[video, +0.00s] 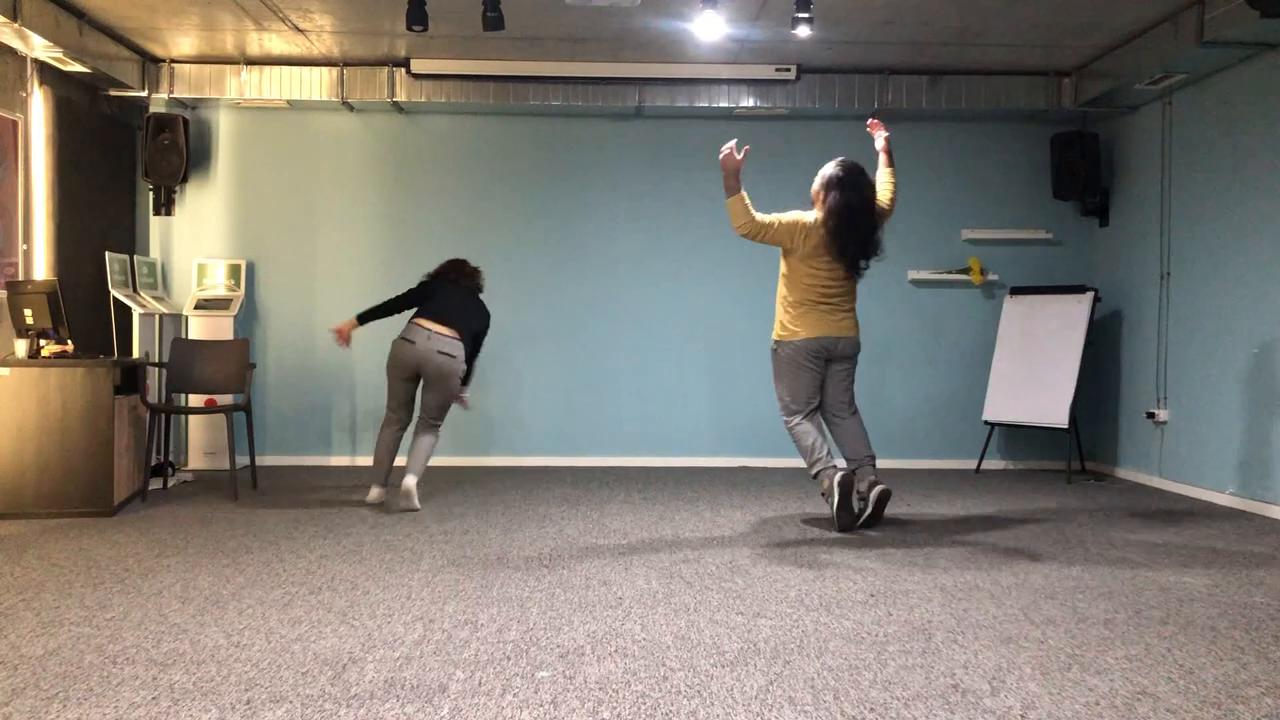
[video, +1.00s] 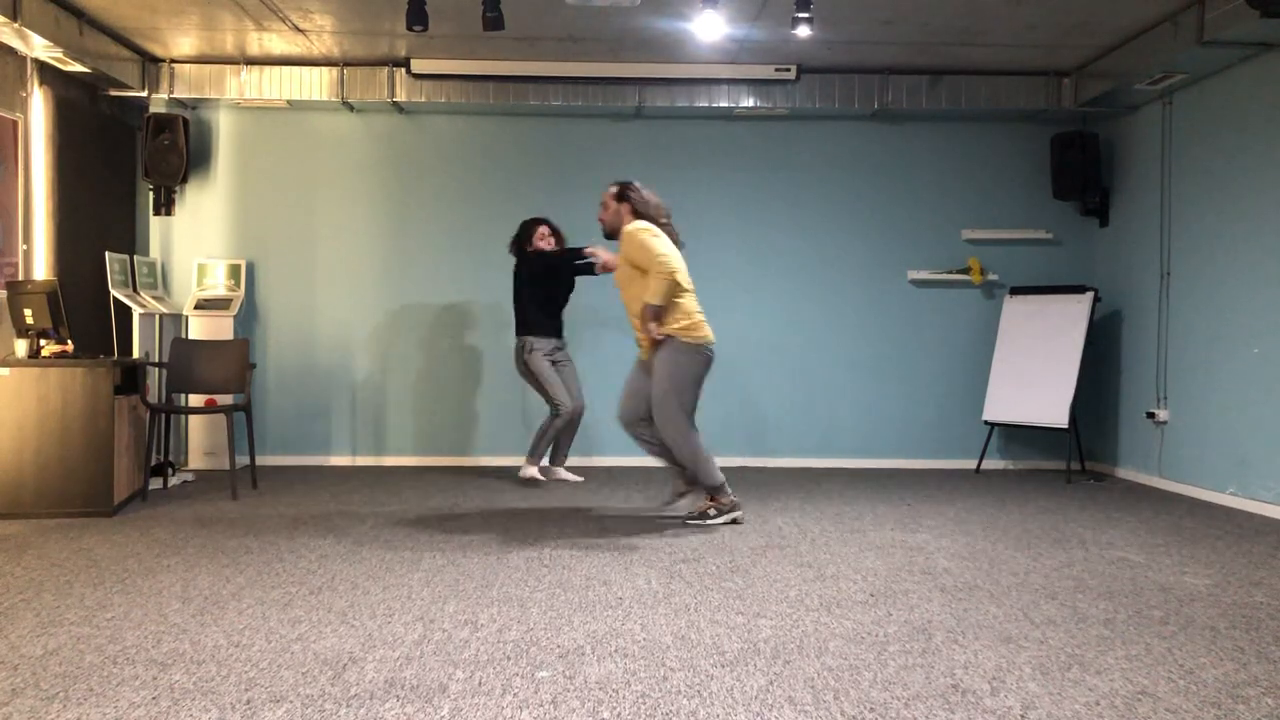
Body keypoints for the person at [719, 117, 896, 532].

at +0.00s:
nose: (812, 187)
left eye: (817, 183)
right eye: (817, 181)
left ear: (824, 194)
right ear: (856, 197)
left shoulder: (799, 226)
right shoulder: (860, 223)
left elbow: (747, 226)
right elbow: (885, 197)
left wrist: (731, 177)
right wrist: (884, 151)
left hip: (799, 337)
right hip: (845, 336)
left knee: (800, 415)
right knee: (842, 410)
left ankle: (832, 480)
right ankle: (869, 482)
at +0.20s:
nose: (762, 193)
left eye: (767, 189)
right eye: (766, 188)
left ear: (778, 203)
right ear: (797, 206)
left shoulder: (765, 232)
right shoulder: (809, 230)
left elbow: (731, 244)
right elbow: (816, 212)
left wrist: (699, 207)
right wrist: (811, 183)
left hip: (779, 346)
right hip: (823, 344)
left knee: (746, 403)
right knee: (826, 413)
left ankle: (771, 472)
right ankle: (865, 481)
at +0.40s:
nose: (708, 244)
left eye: (713, 236)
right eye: (709, 236)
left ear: (731, 236)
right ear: (742, 238)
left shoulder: (729, 260)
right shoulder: (765, 266)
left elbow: (712, 289)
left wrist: (661, 288)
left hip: (751, 365)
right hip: (791, 365)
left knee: (720, 421)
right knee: (766, 420)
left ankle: (730, 488)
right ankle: (807, 465)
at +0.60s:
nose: (681, 248)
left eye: (686, 240)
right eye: (681, 242)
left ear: (705, 236)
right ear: (713, 239)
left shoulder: (712, 254)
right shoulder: (733, 258)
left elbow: (736, 275)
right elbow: (733, 329)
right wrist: (704, 358)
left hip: (756, 354)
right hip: (780, 352)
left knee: (705, 410)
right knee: (756, 422)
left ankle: (717, 484)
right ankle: (799, 485)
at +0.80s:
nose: (642, 228)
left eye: (648, 220)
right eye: (643, 222)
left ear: (670, 221)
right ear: (666, 225)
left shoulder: (684, 240)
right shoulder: (677, 259)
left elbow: (724, 265)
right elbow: (697, 319)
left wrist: (709, 319)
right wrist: (696, 364)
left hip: (726, 342)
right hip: (737, 343)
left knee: (681, 411)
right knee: (738, 415)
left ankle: (717, 495)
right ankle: (785, 475)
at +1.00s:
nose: (600, 213)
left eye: (605, 206)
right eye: (600, 207)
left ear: (625, 208)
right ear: (621, 209)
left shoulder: (637, 232)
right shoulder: (630, 243)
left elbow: (668, 267)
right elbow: (651, 274)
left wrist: (652, 314)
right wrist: (616, 262)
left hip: (683, 342)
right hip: (656, 348)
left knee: (670, 417)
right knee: (633, 416)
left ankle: (722, 498)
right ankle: (690, 476)